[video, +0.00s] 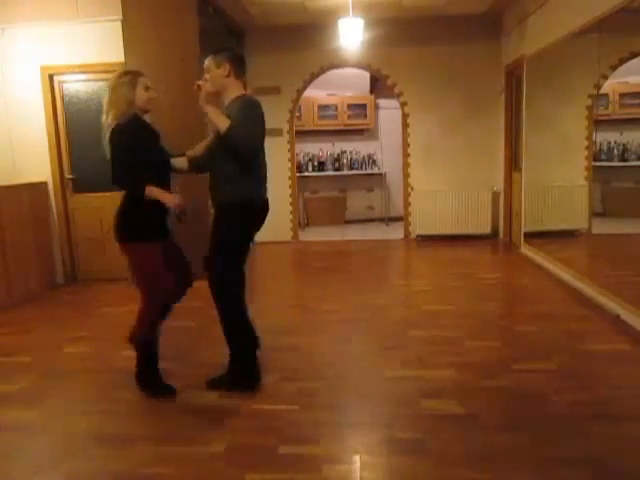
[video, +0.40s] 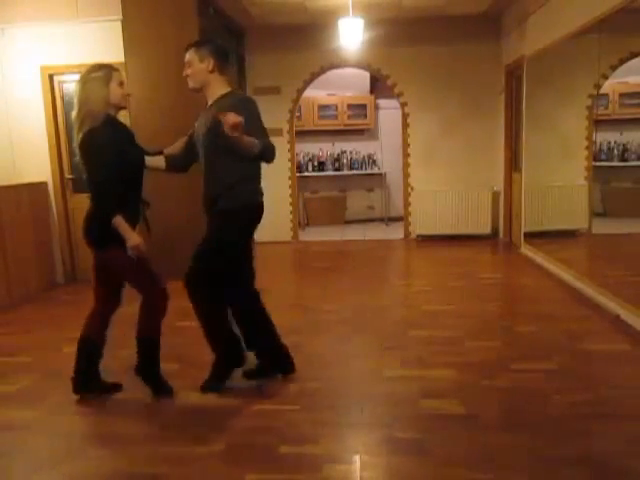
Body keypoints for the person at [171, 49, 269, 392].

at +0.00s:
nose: (204, 78)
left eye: (208, 70)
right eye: (204, 71)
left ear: (227, 71)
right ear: (225, 71)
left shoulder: (246, 107)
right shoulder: (227, 111)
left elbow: (245, 144)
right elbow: (202, 160)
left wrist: (209, 108)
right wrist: (162, 163)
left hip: (245, 205)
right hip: (229, 205)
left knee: (223, 277)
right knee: (221, 276)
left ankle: (244, 368)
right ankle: (241, 362)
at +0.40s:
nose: (185, 72)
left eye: (189, 64)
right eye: (185, 65)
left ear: (210, 64)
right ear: (205, 67)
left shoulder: (241, 104)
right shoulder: (207, 114)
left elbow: (266, 152)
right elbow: (180, 161)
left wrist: (237, 136)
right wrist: (135, 159)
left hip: (241, 206)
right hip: (220, 207)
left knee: (199, 279)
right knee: (237, 286)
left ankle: (228, 354)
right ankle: (274, 356)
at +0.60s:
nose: (173, 69)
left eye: (178, 62)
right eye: (173, 63)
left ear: (199, 62)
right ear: (194, 64)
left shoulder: (227, 101)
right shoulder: (194, 113)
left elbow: (266, 155)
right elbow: (180, 167)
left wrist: (264, 149)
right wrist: (135, 169)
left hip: (226, 210)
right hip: (206, 211)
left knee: (192, 286)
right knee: (227, 285)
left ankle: (206, 368)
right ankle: (271, 352)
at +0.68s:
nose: (169, 69)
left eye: (174, 61)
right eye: (169, 63)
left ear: (195, 62)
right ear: (189, 64)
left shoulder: (223, 102)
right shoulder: (191, 113)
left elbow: (261, 153)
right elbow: (181, 167)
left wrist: (260, 153)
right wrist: (140, 169)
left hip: (219, 211)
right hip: (200, 212)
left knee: (196, 288)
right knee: (197, 288)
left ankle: (210, 370)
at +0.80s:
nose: (167, 69)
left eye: (172, 62)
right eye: (167, 63)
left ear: (193, 62)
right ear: (187, 63)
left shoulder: (221, 103)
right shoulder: (187, 112)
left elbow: (257, 146)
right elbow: (180, 165)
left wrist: (256, 154)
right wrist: (140, 168)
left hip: (217, 211)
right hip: (197, 211)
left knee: (192, 287)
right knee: (176, 285)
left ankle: (212, 367)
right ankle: (228, 335)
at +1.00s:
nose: (169, 69)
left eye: (174, 62)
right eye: (169, 63)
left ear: (197, 62)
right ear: (186, 65)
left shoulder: (224, 103)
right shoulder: (185, 113)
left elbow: (259, 148)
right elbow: (158, 154)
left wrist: (242, 160)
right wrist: (121, 153)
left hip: (223, 212)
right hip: (194, 213)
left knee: (212, 289)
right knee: (186, 287)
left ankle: (204, 371)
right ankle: (218, 341)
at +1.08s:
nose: (172, 69)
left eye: (177, 62)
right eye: (172, 63)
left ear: (200, 62)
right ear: (190, 65)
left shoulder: (228, 103)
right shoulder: (186, 112)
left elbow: (262, 148)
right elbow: (155, 148)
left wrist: (234, 161)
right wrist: (119, 152)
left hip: (228, 212)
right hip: (198, 212)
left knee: (210, 288)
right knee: (189, 285)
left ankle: (201, 369)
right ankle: (218, 342)